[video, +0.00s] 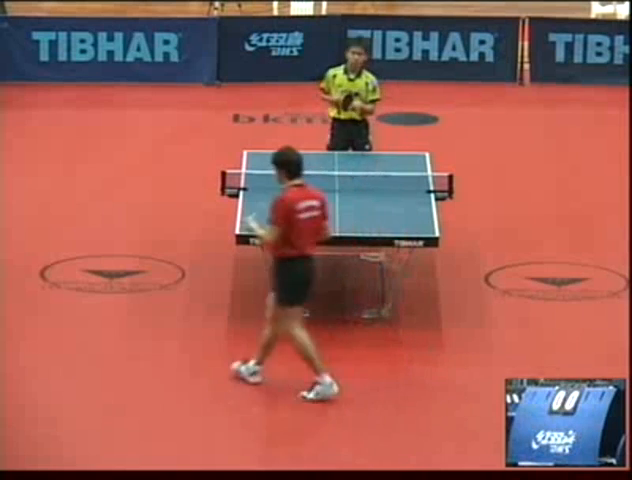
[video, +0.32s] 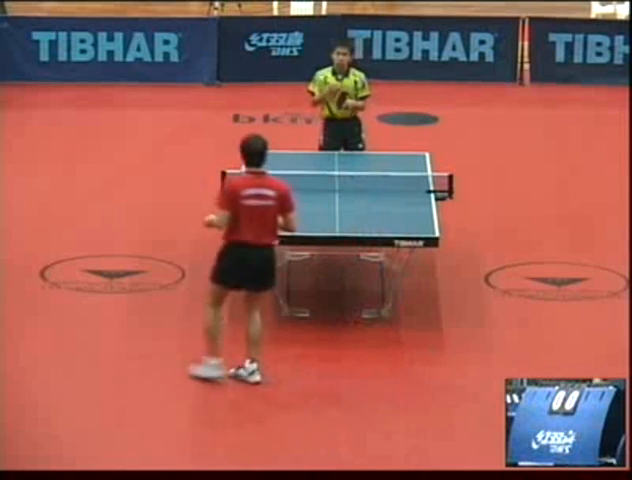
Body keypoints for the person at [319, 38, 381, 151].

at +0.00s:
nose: (356, 58)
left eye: (360, 54)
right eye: (353, 54)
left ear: (365, 58)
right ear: (346, 55)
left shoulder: (370, 80)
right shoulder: (332, 74)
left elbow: (372, 108)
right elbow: (323, 92)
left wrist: (360, 106)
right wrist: (335, 100)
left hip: (359, 122)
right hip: (339, 121)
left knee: (364, 160)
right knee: (335, 159)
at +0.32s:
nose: (340, 58)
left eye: (344, 55)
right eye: (338, 54)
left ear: (350, 58)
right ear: (332, 56)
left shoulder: (359, 77)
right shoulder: (321, 76)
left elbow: (362, 104)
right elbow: (313, 102)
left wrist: (350, 103)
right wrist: (328, 92)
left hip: (351, 121)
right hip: (331, 121)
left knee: (357, 159)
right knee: (328, 160)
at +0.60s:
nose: (358, 59)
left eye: (362, 55)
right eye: (355, 55)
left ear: (368, 59)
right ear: (350, 56)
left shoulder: (372, 79)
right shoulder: (335, 76)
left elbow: (375, 101)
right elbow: (321, 97)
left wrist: (367, 108)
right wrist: (339, 103)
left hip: (359, 122)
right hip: (340, 122)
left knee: (362, 160)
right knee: (337, 159)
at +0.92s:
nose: (376, 61)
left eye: (380, 58)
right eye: (373, 57)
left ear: (386, 61)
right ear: (367, 57)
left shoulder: (383, 81)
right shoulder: (351, 75)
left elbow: (379, 104)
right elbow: (336, 95)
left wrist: (382, 119)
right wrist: (355, 105)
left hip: (367, 123)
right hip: (349, 121)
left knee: (368, 159)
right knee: (345, 158)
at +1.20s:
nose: (375, 71)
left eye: (379, 68)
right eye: (372, 66)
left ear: (383, 70)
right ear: (365, 66)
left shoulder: (375, 86)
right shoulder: (351, 83)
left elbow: (369, 110)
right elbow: (333, 104)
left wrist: (387, 122)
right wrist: (354, 117)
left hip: (359, 128)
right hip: (343, 127)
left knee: (364, 163)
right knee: (343, 163)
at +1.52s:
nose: (367, 77)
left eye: (370, 73)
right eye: (364, 72)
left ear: (373, 74)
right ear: (355, 71)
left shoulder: (371, 89)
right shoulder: (338, 88)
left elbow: (375, 115)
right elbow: (324, 110)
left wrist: (395, 125)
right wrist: (343, 120)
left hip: (357, 130)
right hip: (339, 131)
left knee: (362, 163)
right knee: (341, 166)